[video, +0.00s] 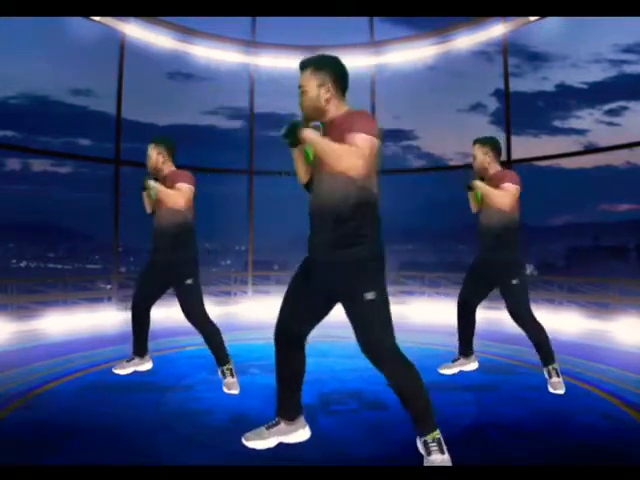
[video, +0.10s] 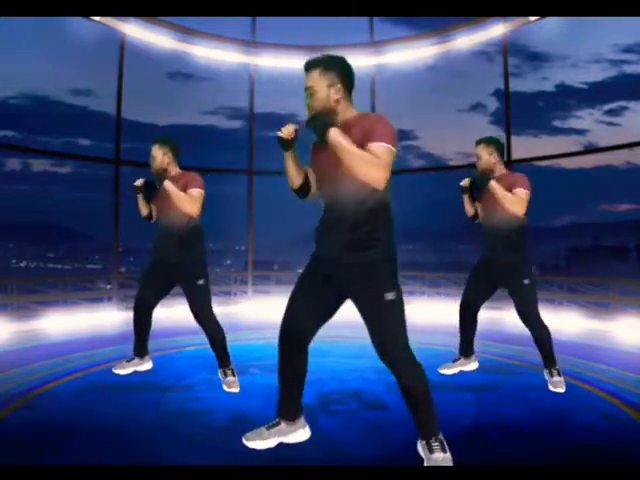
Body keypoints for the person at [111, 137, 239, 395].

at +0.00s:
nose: (149, 160)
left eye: (152, 155)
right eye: (148, 156)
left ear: (164, 156)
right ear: (154, 159)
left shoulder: (183, 178)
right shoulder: (156, 182)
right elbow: (150, 209)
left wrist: (155, 186)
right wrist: (147, 190)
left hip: (182, 257)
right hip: (161, 257)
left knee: (196, 314)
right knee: (140, 304)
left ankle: (226, 368)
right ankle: (141, 357)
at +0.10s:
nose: (155, 161)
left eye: (159, 156)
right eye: (153, 157)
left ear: (171, 157)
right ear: (153, 161)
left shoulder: (192, 179)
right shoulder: (156, 184)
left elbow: (194, 210)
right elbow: (147, 214)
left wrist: (168, 184)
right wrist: (141, 194)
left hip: (191, 257)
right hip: (164, 256)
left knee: (203, 314)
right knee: (143, 304)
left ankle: (227, 369)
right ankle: (141, 357)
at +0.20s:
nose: (156, 160)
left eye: (160, 155)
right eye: (156, 156)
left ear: (174, 155)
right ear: (163, 159)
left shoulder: (198, 179)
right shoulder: (162, 186)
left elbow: (203, 210)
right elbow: (150, 215)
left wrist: (177, 184)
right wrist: (142, 194)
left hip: (197, 258)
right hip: (170, 258)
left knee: (208, 316)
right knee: (147, 304)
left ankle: (227, 370)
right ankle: (141, 356)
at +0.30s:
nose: (161, 162)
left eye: (165, 157)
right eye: (160, 157)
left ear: (180, 157)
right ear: (166, 161)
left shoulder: (203, 180)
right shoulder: (168, 188)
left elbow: (212, 211)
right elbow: (154, 217)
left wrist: (183, 186)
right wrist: (145, 197)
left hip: (201, 261)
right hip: (173, 261)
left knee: (212, 318)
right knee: (147, 306)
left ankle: (228, 370)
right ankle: (142, 357)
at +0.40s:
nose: (165, 165)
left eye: (170, 160)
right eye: (163, 161)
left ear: (185, 160)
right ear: (164, 163)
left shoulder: (205, 183)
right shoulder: (171, 191)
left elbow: (214, 216)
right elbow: (155, 220)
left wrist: (185, 192)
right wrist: (146, 201)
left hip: (202, 265)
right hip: (173, 264)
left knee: (213, 320)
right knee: (143, 306)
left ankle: (228, 370)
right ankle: (140, 356)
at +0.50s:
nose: (166, 157)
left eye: (171, 152)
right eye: (163, 153)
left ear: (183, 155)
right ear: (160, 158)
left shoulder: (199, 179)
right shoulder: (166, 190)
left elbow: (211, 211)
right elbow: (152, 216)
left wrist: (182, 185)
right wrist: (143, 198)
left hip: (197, 262)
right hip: (170, 260)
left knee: (207, 316)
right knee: (136, 291)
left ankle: (227, 370)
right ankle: (130, 346)